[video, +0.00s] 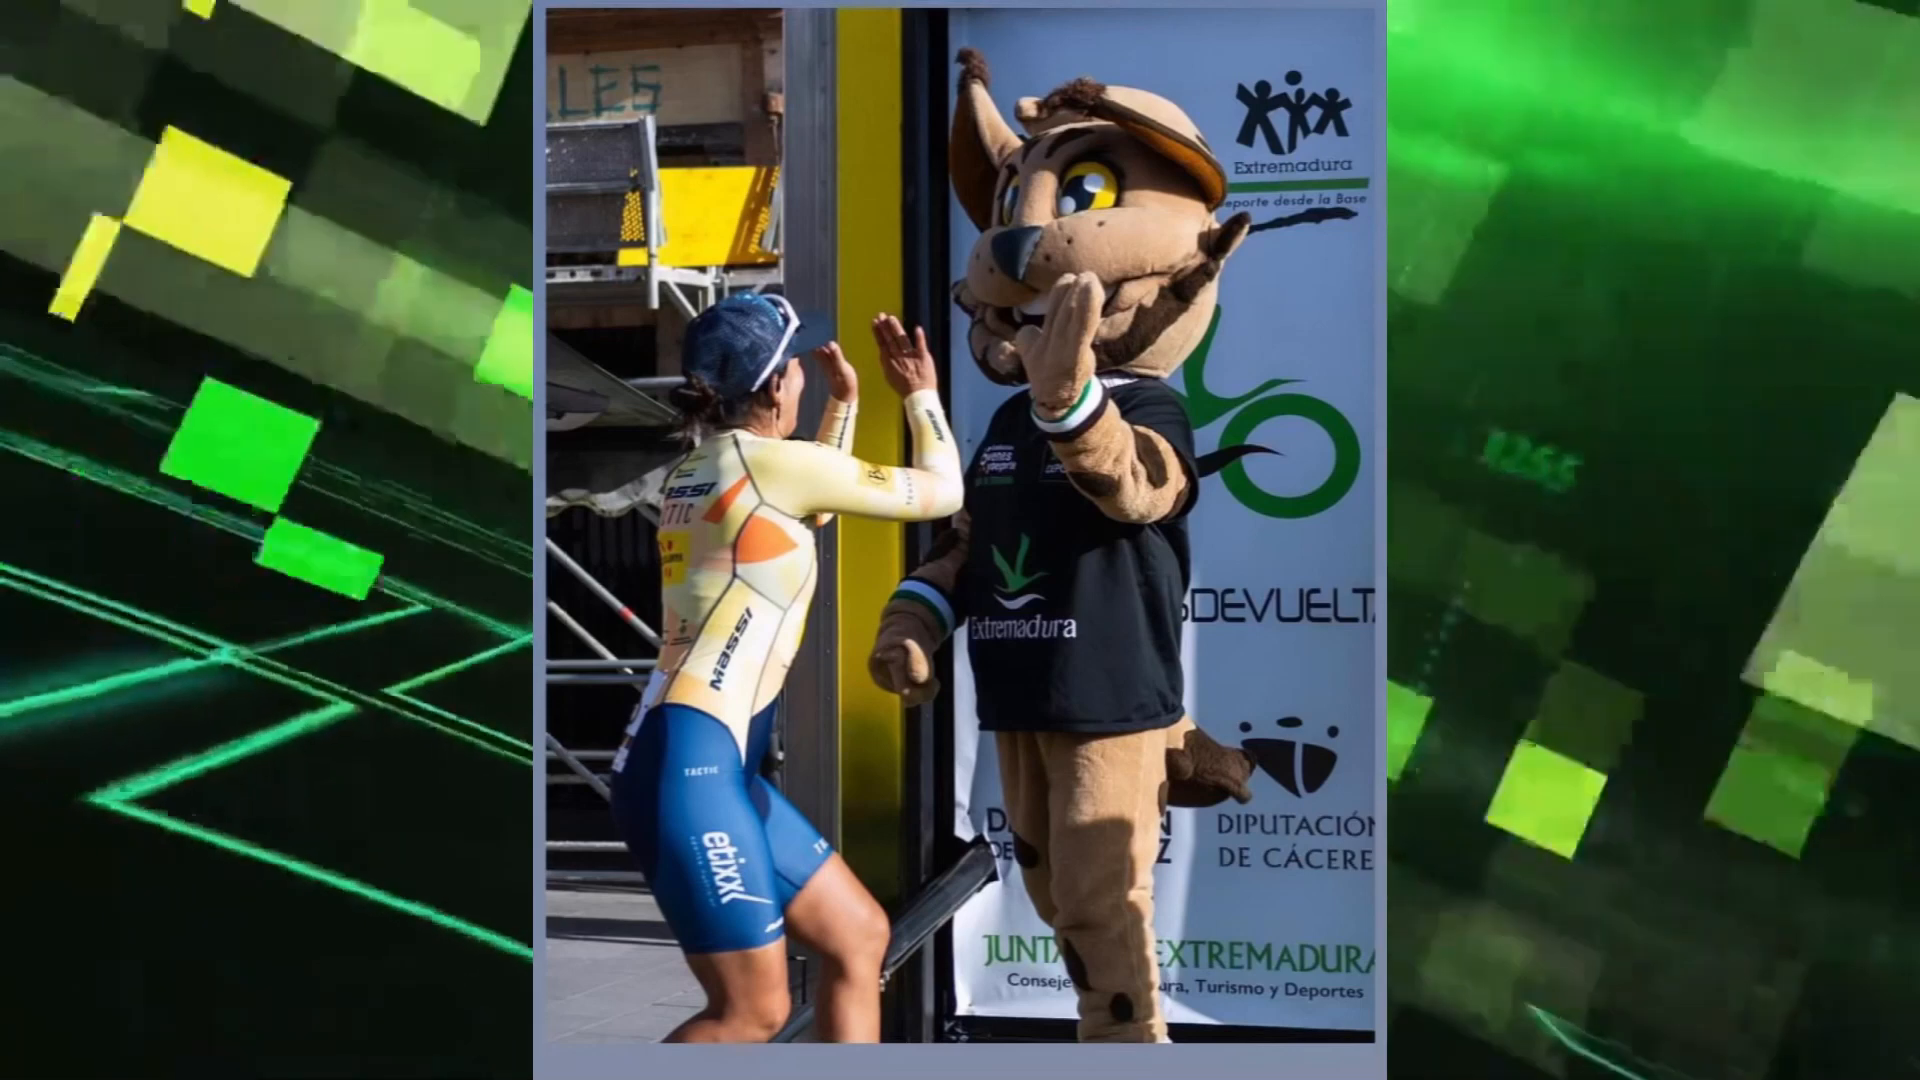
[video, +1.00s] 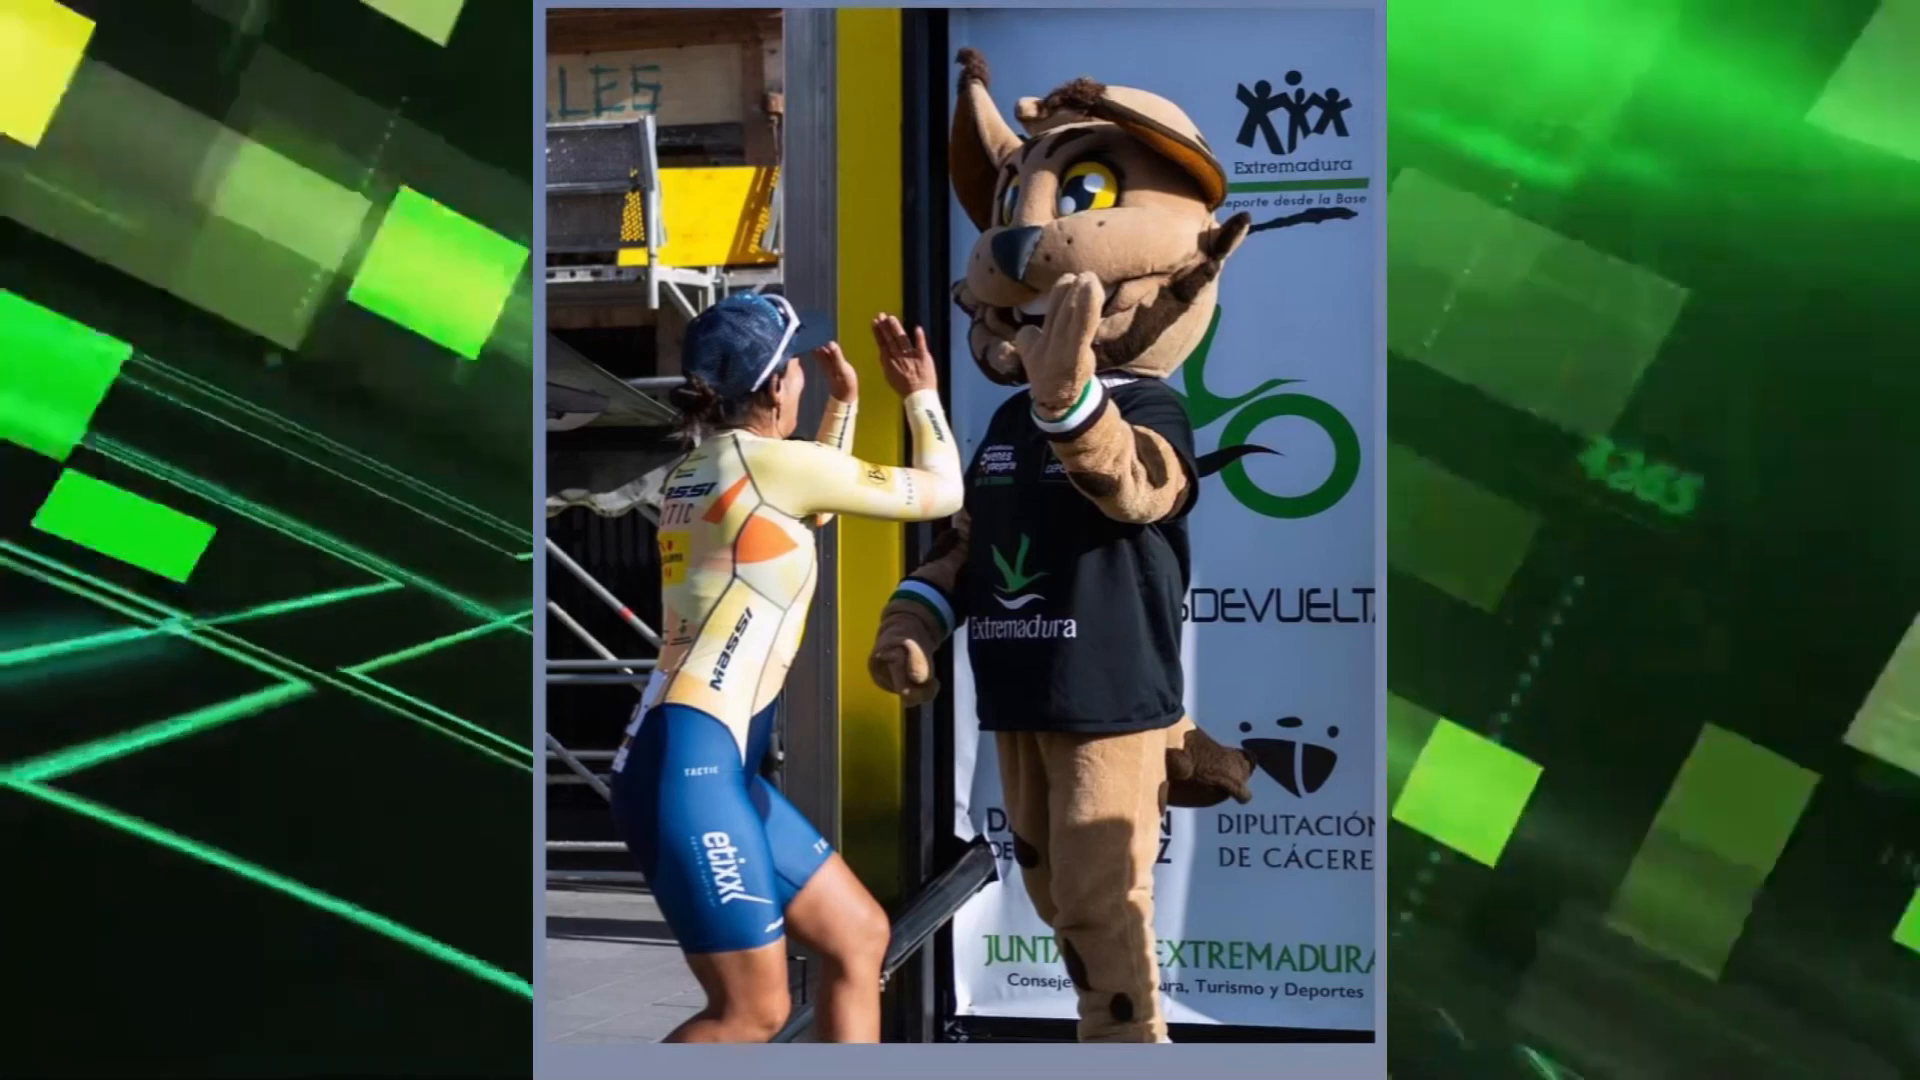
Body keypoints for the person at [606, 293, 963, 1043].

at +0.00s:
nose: (803, 377)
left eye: (799, 362)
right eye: (797, 364)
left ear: (714, 387)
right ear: (777, 380)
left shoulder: (693, 471)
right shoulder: (781, 465)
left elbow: (798, 494)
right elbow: (938, 492)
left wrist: (841, 411)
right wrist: (924, 395)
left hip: (714, 769)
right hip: (686, 774)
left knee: (860, 934)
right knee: (754, 1010)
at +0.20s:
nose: (803, 377)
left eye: (800, 363)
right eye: (796, 364)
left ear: (715, 387)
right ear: (776, 380)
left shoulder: (693, 471)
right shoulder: (777, 464)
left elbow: (800, 496)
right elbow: (939, 492)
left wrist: (841, 411)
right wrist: (924, 395)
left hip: (714, 770)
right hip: (686, 774)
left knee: (860, 934)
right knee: (753, 1010)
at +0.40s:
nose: (803, 377)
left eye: (800, 363)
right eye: (796, 364)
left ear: (715, 387)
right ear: (776, 380)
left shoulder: (692, 471)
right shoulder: (778, 465)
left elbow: (797, 494)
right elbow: (939, 492)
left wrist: (840, 412)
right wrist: (924, 395)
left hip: (714, 770)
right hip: (686, 774)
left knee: (860, 934)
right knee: (754, 1010)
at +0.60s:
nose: (803, 377)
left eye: (799, 362)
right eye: (796, 364)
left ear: (714, 387)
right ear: (777, 380)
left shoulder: (694, 471)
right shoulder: (781, 465)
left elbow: (798, 494)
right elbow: (938, 492)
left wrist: (841, 411)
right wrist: (924, 395)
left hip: (714, 769)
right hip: (686, 774)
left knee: (860, 934)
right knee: (754, 1010)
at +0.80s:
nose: (803, 377)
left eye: (800, 363)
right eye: (796, 365)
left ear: (715, 387)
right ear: (776, 380)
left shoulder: (693, 471)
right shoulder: (778, 465)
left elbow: (802, 495)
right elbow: (939, 492)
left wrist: (841, 410)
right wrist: (924, 396)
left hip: (714, 769)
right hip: (686, 774)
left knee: (860, 933)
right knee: (754, 1009)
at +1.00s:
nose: (803, 377)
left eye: (800, 363)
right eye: (796, 364)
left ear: (715, 387)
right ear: (776, 380)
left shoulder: (692, 471)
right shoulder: (778, 465)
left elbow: (797, 494)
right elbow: (938, 492)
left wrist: (840, 412)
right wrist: (924, 395)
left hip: (714, 770)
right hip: (686, 774)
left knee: (860, 934)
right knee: (754, 1010)